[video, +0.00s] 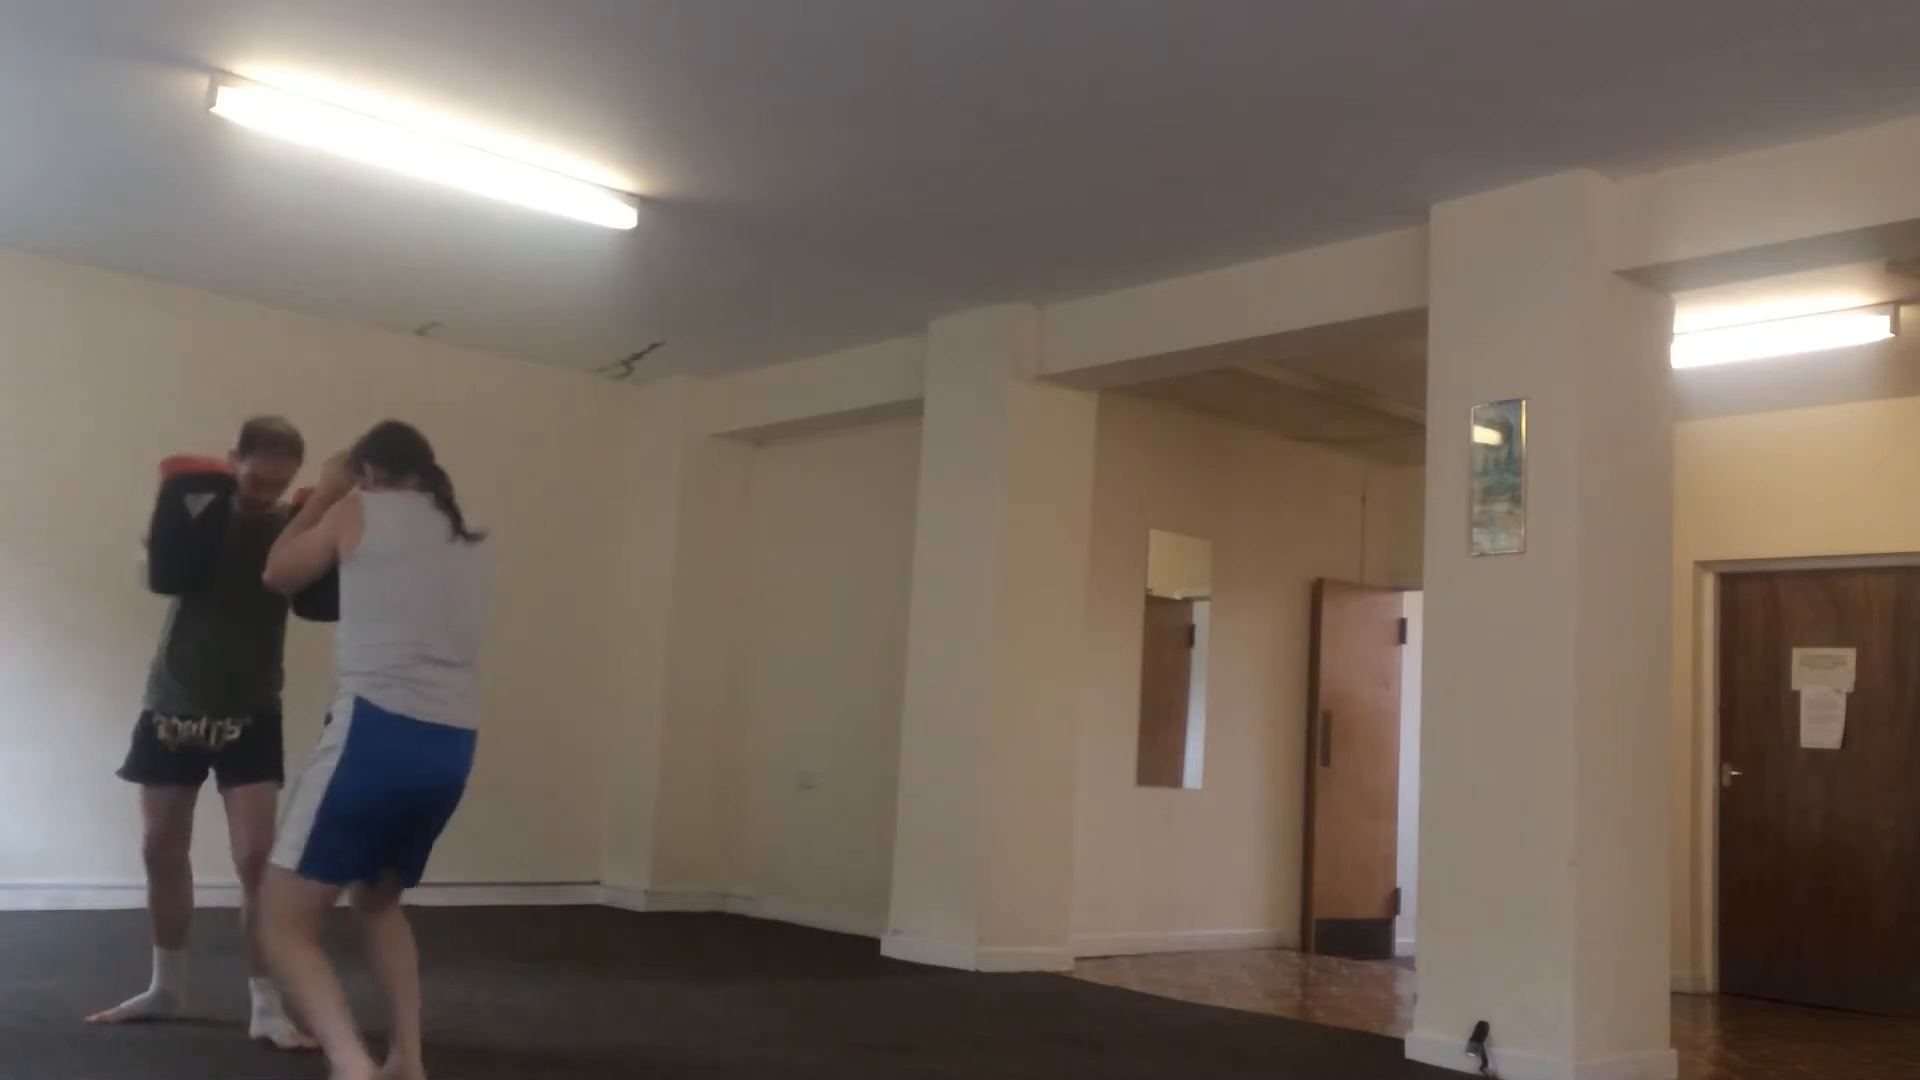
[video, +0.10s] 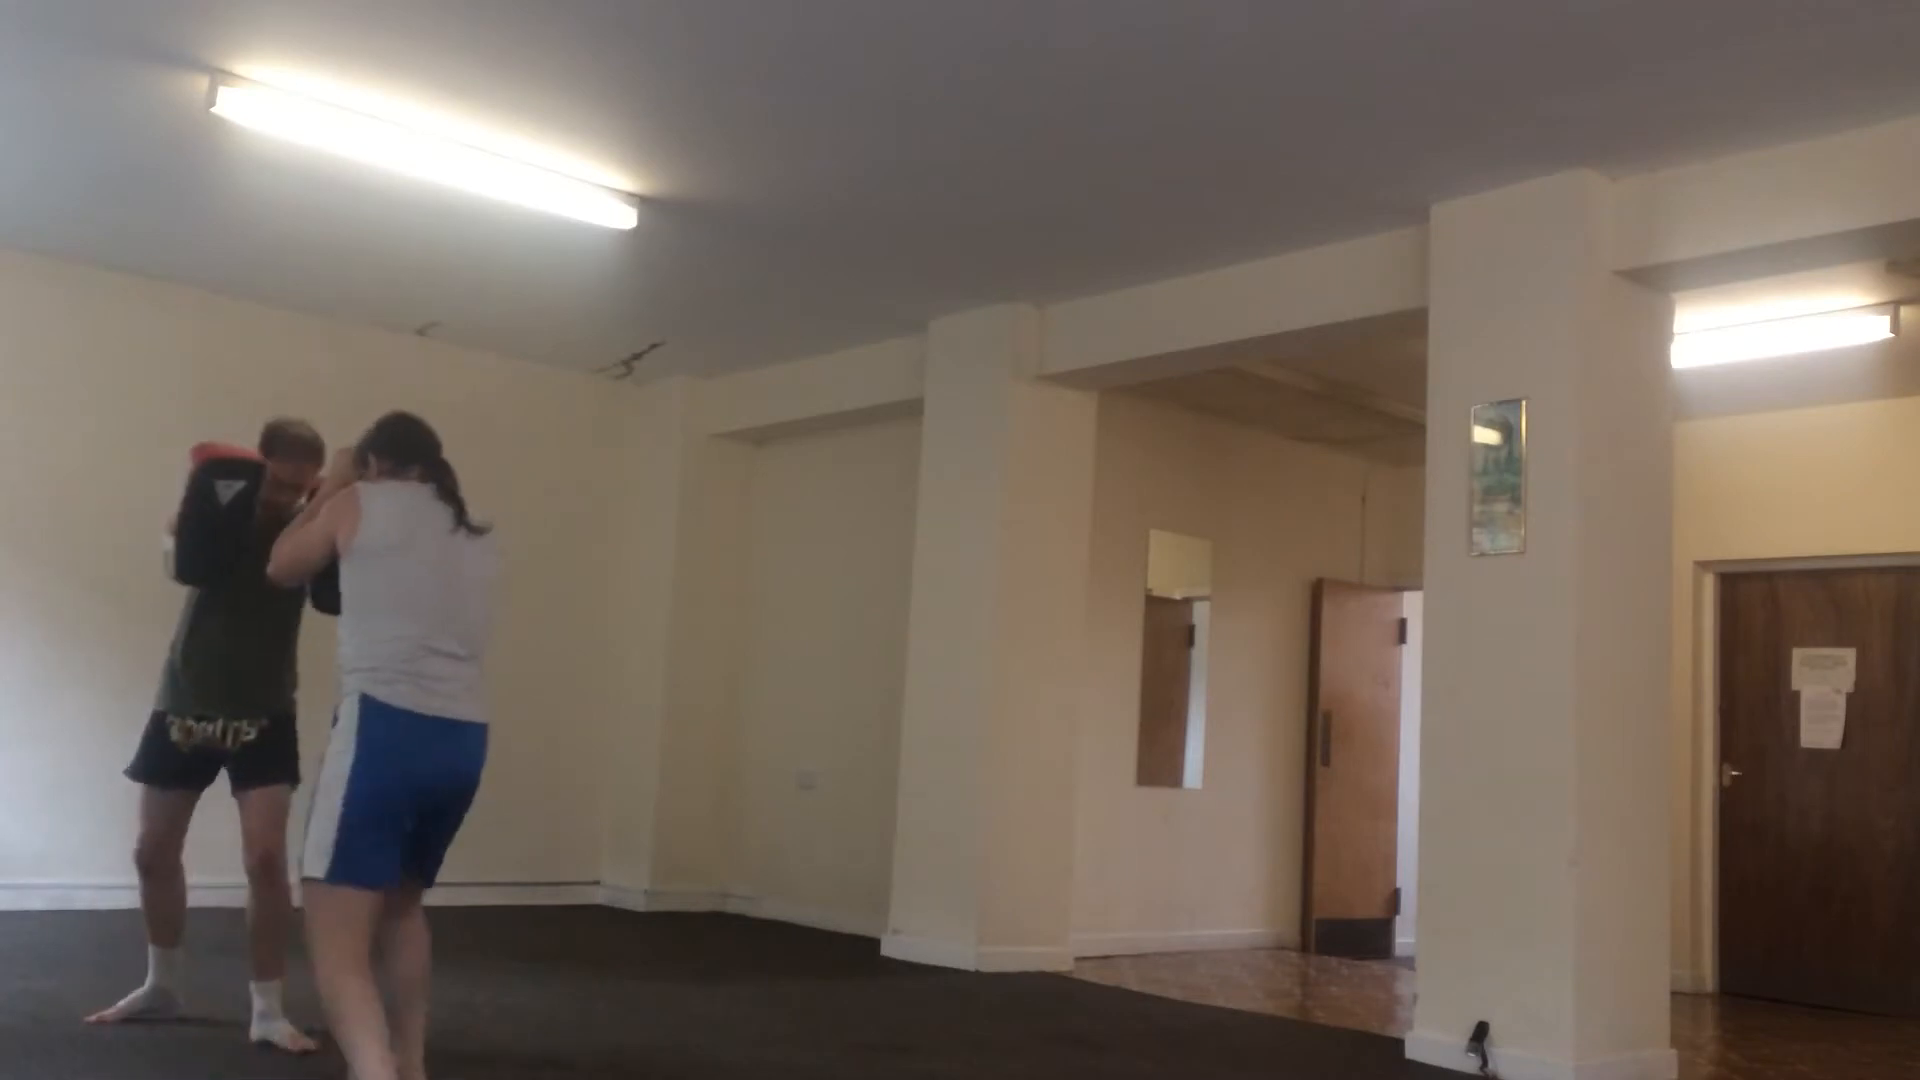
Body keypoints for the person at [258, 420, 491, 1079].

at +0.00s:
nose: (351, 484)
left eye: (352, 474)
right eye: (352, 474)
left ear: (370, 471)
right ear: (427, 475)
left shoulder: (361, 512)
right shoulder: (470, 539)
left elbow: (280, 572)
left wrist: (319, 499)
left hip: (369, 739)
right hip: (448, 751)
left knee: (284, 921)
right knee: (379, 899)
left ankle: (352, 1065)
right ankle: (408, 1058)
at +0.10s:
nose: (354, 469)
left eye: (358, 461)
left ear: (376, 462)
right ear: (433, 467)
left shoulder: (360, 505)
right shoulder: (476, 532)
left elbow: (283, 564)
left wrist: (327, 493)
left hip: (379, 735)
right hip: (461, 744)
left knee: (338, 945)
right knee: (403, 908)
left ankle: (374, 1070)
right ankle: (409, 1065)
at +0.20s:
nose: (349, 463)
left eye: (354, 454)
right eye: (353, 454)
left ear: (374, 453)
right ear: (436, 458)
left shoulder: (354, 492)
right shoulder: (486, 523)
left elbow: (285, 562)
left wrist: (335, 489)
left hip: (388, 731)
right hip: (477, 739)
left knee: (340, 927)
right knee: (432, 911)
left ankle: (382, 1071)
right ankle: (417, 1061)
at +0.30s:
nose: (359, 443)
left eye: (365, 435)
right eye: (366, 435)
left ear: (382, 438)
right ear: (446, 442)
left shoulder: (355, 482)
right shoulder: (496, 504)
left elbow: (292, 556)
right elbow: (468, 579)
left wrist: (342, 476)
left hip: (390, 726)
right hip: (486, 731)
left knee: (349, 921)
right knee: (446, 902)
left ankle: (382, 1071)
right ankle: (457, 1068)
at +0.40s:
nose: (374, 422)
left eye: (381, 415)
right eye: (382, 415)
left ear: (395, 421)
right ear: (458, 426)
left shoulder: (360, 473)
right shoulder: (510, 490)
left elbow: (301, 542)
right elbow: (503, 571)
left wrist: (358, 458)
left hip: (398, 719)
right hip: (494, 722)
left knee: (363, 911)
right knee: (460, 898)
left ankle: (386, 1070)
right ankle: (480, 1069)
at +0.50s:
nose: (389, 414)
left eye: (395, 408)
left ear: (406, 416)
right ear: (474, 424)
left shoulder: (369, 466)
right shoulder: (524, 485)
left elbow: (311, 538)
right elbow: (520, 570)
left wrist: (368, 452)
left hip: (402, 715)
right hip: (501, 720)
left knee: (370, 915)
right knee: (476, 922)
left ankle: (387, 1071)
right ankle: (482, 1073)